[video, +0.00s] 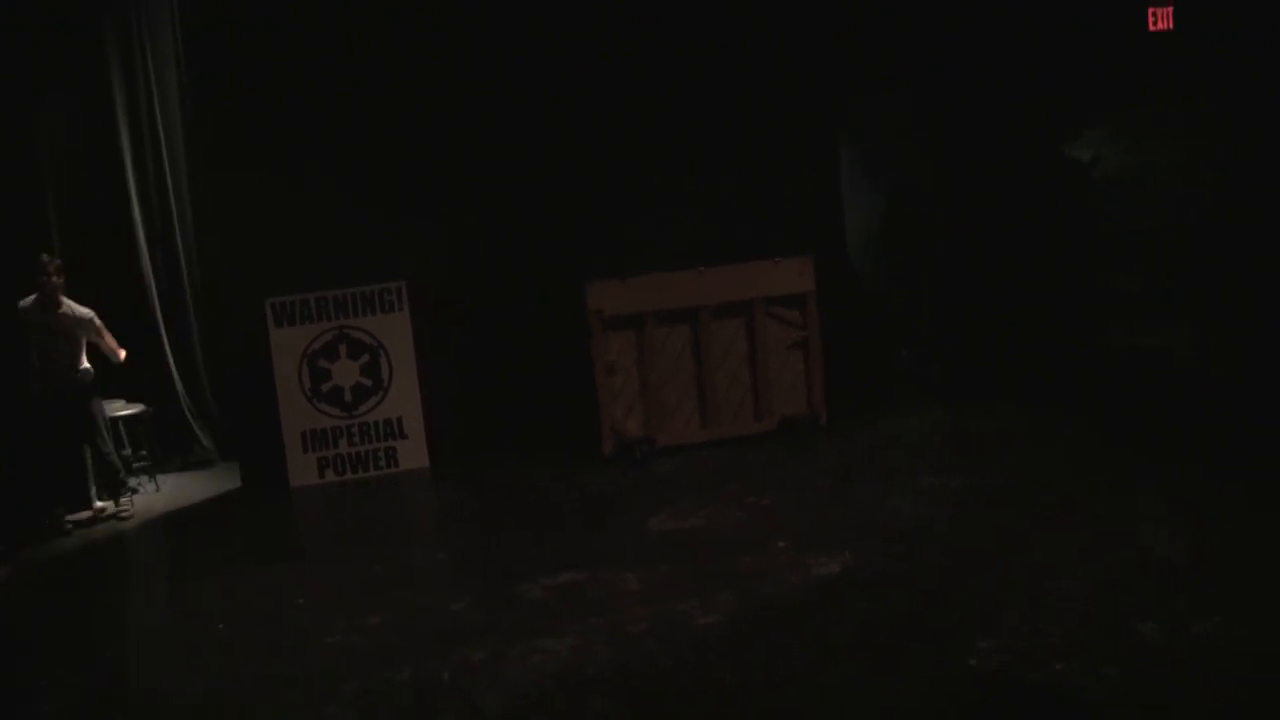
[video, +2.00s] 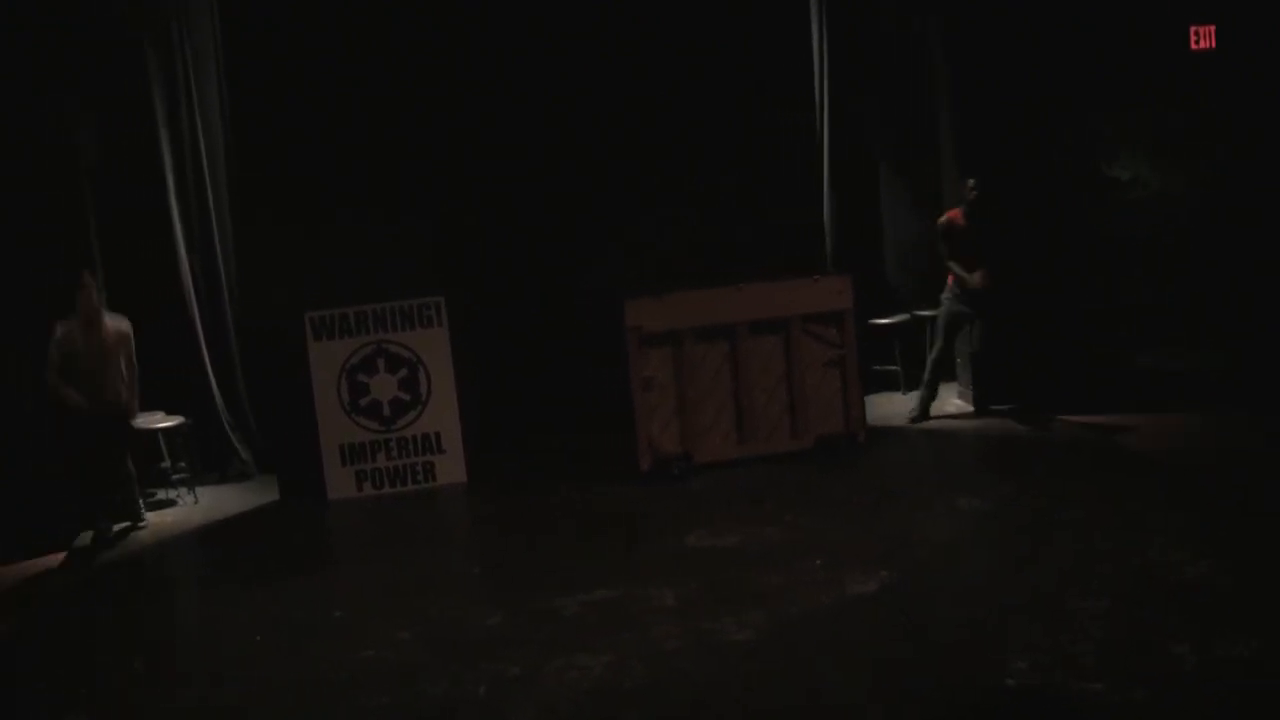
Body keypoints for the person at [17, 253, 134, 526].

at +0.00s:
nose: (49, 282)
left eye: (53, 276)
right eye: (44, 277)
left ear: (62, 279)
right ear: (37, 281)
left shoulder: (82, 316)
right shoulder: (25, 311)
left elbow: (113, 351)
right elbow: (23, 348)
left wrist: (118, 353)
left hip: (79, 384)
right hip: (45, 386)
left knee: (97, 440)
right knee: (51, 446)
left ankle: (121, 493)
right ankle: (55, 509)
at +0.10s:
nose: (46, 285)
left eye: (50, 278)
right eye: (40, 279)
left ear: (59, 282)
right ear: (32, 283)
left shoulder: (74, 320)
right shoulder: (21, 314)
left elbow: (93, 352)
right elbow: (20, 354)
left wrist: (109, 380)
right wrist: (22, 386)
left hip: (76, 385)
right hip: (41, 387)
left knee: (94, 440)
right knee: (47, 447)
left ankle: (117, 494)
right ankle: (54, 508)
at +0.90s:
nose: (33, 326)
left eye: (37, 319)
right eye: (28, 321)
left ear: (46, 322)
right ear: (22, 325)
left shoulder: (68, 346)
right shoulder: (20, 358)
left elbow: (90, 375)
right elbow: (16, 399)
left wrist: (110, 406)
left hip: (76, 422)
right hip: (43, 429)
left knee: (69, 451)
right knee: (44, 463)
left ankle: (102, 511)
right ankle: (58, 526)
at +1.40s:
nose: (55, 340)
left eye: (60, 335)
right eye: (51, 336)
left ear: (70, 340)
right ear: (46, 341)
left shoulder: (86, 373)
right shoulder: (41, 377)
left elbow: (90, 413)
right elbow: (39, 415)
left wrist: (71, 428)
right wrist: (54, 431)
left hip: (89, 431)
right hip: (59, 436)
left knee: (90, 461)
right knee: (56, 466)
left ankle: (112, 513)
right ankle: (66, 522)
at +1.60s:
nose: (74, 351)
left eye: (79, 345)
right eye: (70, 346)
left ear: (88, 350)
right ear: (63, 351)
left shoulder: (104, 388)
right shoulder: (51, 387)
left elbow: (104, 431)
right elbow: (50, 425)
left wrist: (88, 454)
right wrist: (52, 454)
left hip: (101, 439)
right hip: (67, 440)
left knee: (99, 474)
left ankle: (112, 514)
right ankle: (68, 524)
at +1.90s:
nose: (90, 344)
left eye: (95, 337)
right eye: (86, 338)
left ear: (104, 340)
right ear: (79, 341)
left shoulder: (122, 368)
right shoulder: (69, 373)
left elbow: (133, 404)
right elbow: (61, 409)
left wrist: (132, 435)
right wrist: (70, 433)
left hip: (115, 426)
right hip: (83, 429)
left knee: (120, 468)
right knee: (90, 474)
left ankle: (130, 510)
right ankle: (97, 521)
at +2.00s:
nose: (88, 297)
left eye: (91, 290)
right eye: (83, 291)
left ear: (100, 294)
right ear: (76, 297)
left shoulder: (121, 327)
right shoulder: (66, 331)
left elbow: (131, 366)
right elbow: (55, 373)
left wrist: (132, 399)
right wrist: (71, 397)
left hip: (116, 405)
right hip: (84, 408)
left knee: (121, 460)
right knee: (92, 465)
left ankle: (134, 511)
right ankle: (100, 521)